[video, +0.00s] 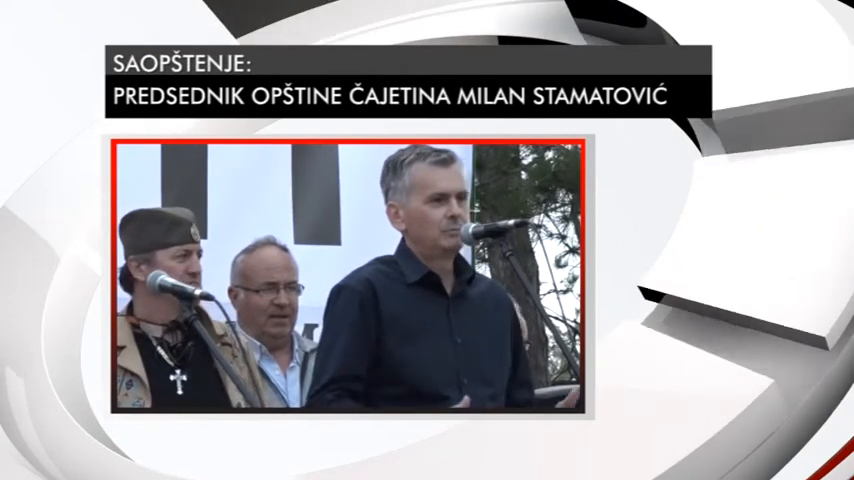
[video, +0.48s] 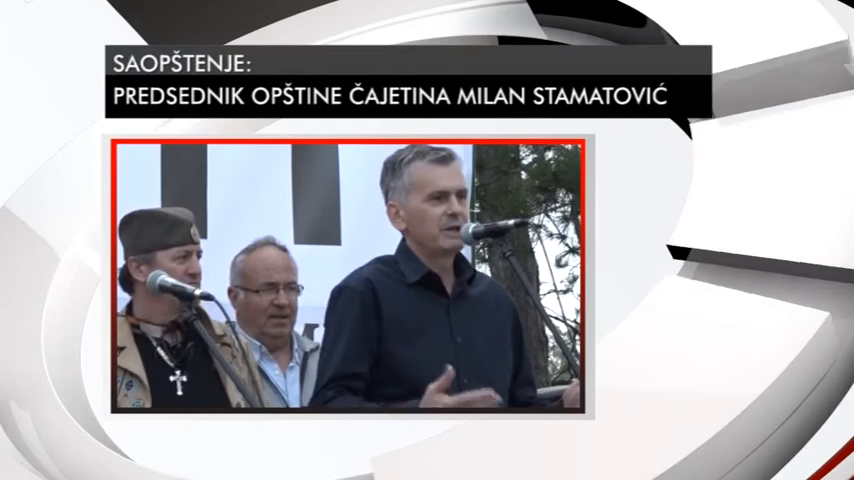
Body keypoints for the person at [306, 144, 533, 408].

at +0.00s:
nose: (455, 212)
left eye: (461, 199)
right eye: (437, 200)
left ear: (469, 204)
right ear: (396, 215)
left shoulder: (495, 301)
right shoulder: (361, 294)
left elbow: (520, 407)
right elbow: (327, 404)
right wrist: (437, 420)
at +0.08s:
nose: (455, 212)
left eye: (460, 198)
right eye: (437, 200)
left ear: (468, 202)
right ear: (397, 216)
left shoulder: (496, 301)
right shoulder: (361, 294)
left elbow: (518, 407)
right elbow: (326, 403)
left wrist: (562, 407)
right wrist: (438, 422)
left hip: (491, 464)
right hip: (399, 464)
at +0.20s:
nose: (456, 211)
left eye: (461, 198)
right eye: (438, 200)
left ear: (468, 201)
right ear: (398, 216)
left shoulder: (496, 301)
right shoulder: (361, 294)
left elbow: (516, 404)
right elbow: (325, 403)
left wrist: (554, 405)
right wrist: (426, 421)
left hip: (491, 466)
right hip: (399, 468)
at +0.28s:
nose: (457, 211)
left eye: (461, 197)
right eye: (438, 199)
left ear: (469, 202)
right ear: (398, 215)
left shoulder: (497, 301)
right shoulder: (361, 294)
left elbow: (517, 405)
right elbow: (331, 403)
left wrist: (558, 406)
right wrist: (422, 418)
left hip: (493, 466)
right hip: (399, 465)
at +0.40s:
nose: (456, 209)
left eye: (460, 196)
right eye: (438, 198)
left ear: (468, 201)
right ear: (397, 215)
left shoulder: (497, 300)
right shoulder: (361, 294)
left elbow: (517, 406)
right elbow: (332, 403)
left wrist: (562, 406)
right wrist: (421, 419)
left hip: (492, 465)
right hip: (400, 465)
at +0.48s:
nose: (456, 210)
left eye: (461, 196)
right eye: (438, 198)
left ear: (468, 202)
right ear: (397, 215)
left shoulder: (496, 299)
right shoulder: (362, 293)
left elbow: (518, 405)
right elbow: (329, 404)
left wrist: (563, 404)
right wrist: (418, 413)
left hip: (493, 467)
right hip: (398, 466)